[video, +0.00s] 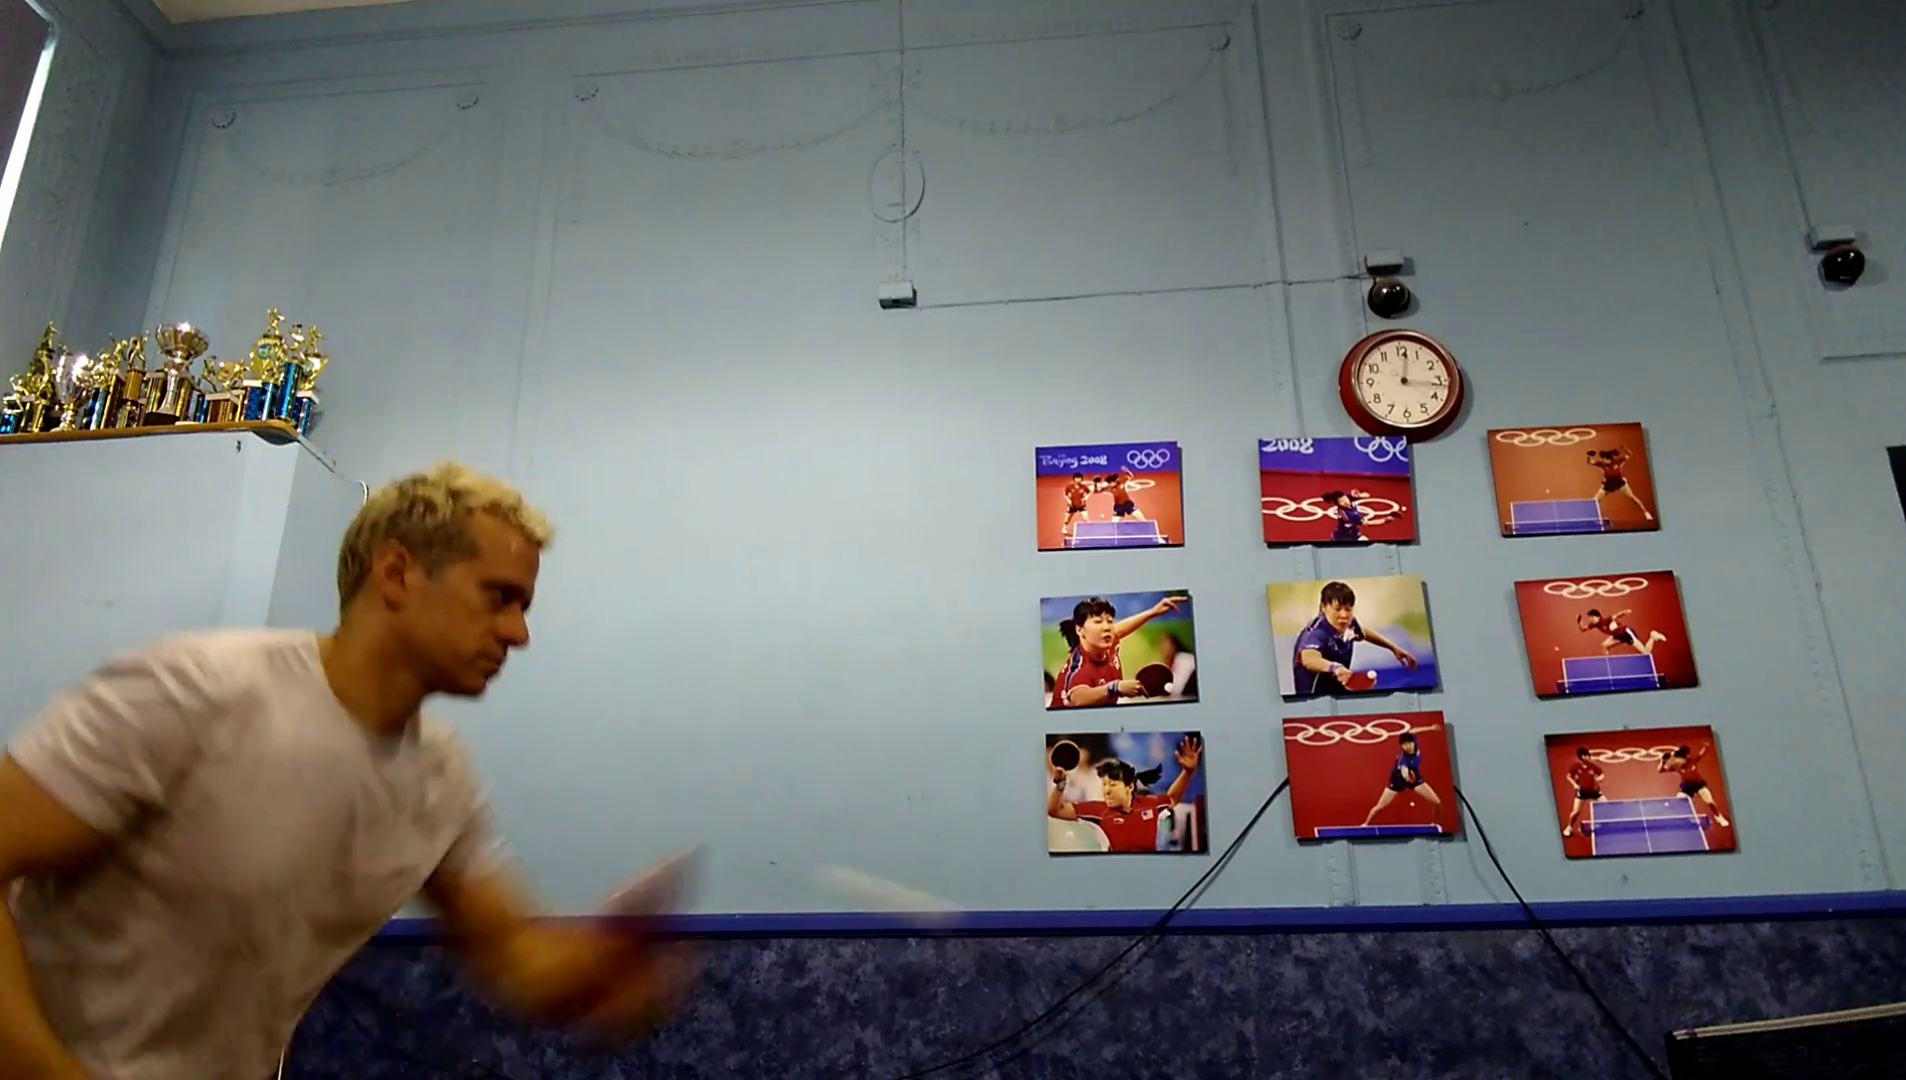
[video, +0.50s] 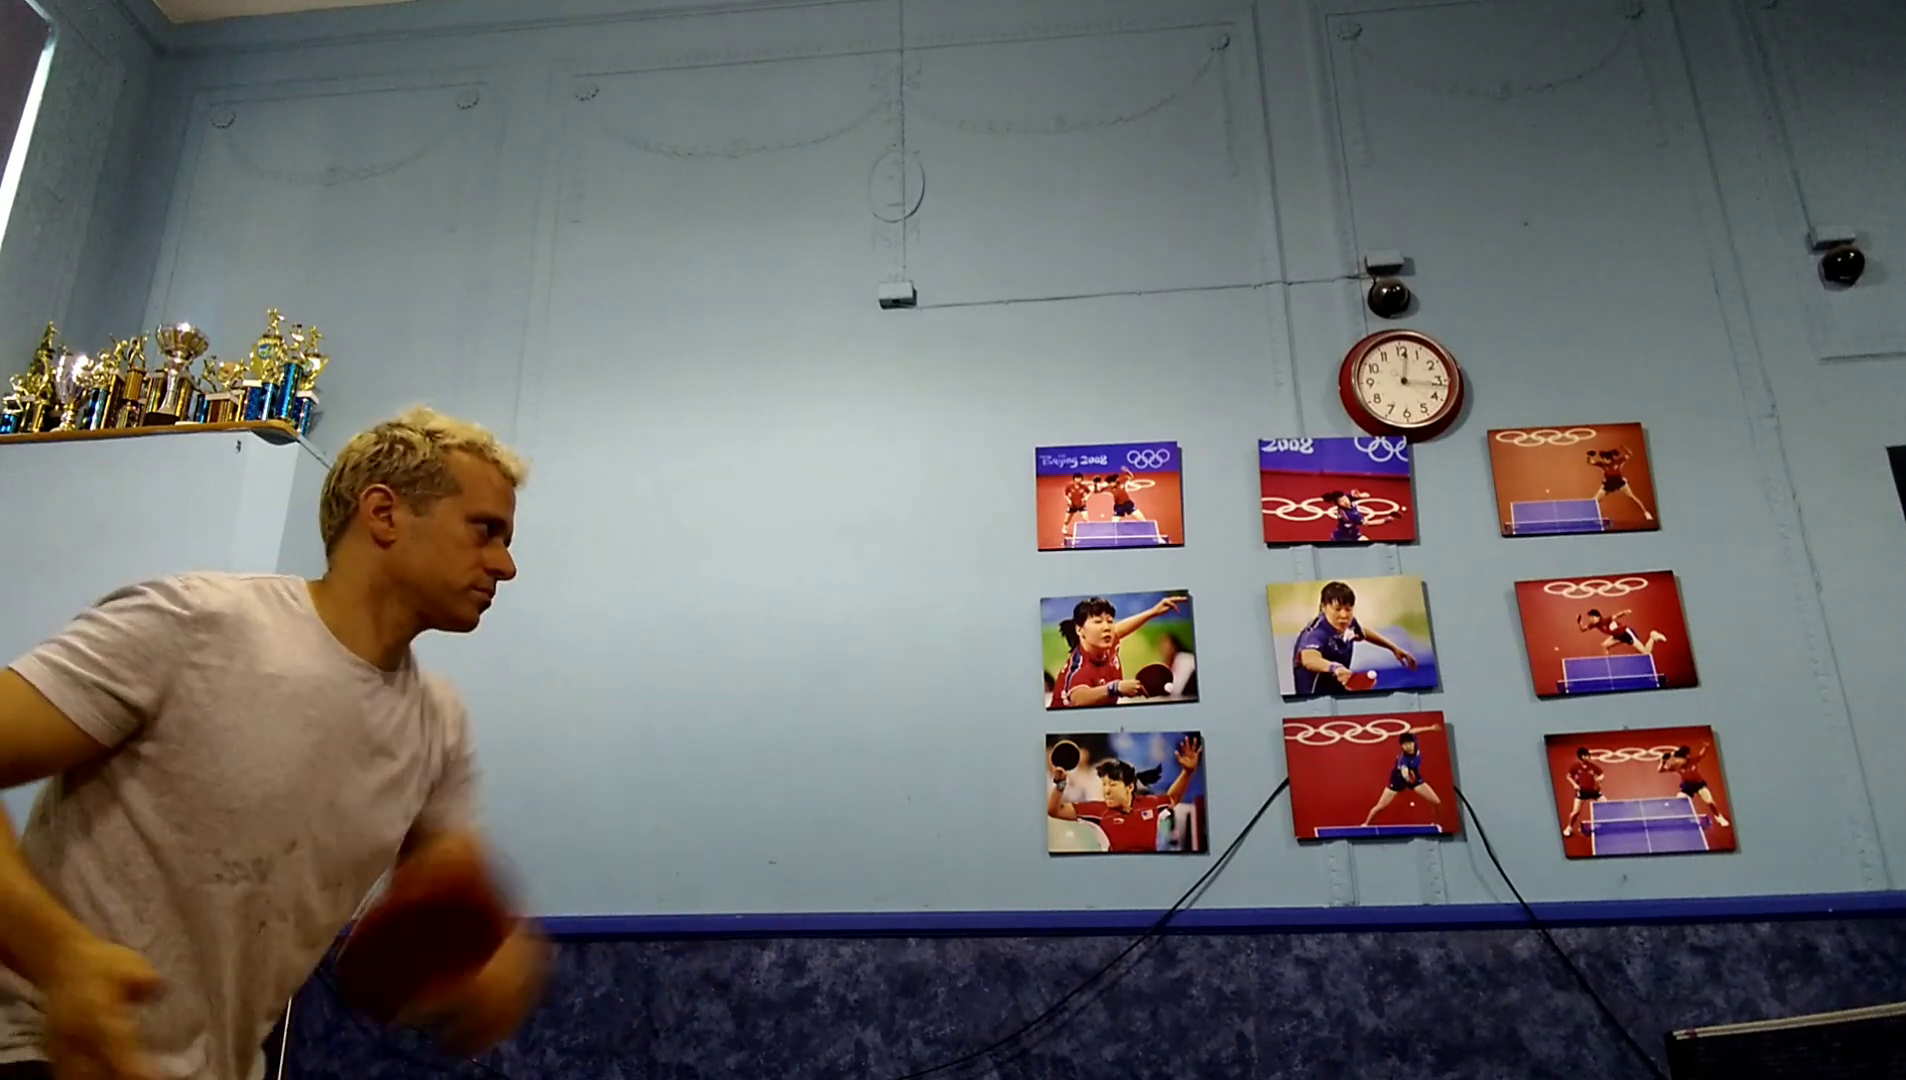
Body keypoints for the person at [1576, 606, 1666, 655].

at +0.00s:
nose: (1591, 620)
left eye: (1592, 618)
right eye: (1590, 619)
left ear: (1597, 617)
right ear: (1592, 619)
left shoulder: (1607, 620)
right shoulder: (1594, 625)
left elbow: (1617, 615)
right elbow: (1583, 630)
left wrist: (1626, 612)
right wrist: (1579, 623)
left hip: (1627, 633)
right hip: (1617, 636)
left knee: (1645, 652)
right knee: (1604, 645)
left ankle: (1653, 636)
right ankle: (1608, 667)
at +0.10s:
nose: (1590, 620)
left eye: (1591, 618)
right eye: (1590, 618)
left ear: (1597, 617)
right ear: (1593, 618)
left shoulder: (1607, 620)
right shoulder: (1594, 624)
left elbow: (1617, 615)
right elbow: (1583, 630)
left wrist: (1626, 612)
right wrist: (1579, 623)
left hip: (1627, 634)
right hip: (1618, 636)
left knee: (1645, 652)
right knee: (1604, 645)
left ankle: (1653, 636)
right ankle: (1608, 667)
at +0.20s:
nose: (1591, 620)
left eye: (1591, 618)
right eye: (1590, 619)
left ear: (1597, 617)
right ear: (1593, 618)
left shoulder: (1607, 620)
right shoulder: (1595, 625)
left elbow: (1617, 615)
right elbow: (1583, 630)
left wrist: (1625, 612)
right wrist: (1579, 623)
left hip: (1627, 634)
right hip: (1618, 637)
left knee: (1646, 652)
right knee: (1604, 645)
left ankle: (1653, 636)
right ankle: (1608, 667)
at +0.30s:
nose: (1591, 620)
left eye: (1591, 618)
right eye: (1590, 619)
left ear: (1597, 617)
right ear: (1593, 618)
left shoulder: (1607, 620)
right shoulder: (1595, 625)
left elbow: (1617, 615)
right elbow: (1584, 630)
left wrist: (1625, 612)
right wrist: (1579, 623)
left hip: (1627, 634)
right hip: (1618, 637)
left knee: (1646, 652)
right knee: (1604, 645)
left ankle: (1653, 636)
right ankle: (1608, 667)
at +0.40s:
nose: (1591, 620)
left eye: (1591, 618)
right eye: (1590, 619)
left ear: (1597, 617)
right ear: (1593, 618)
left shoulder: (1607, 620)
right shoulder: (1595, 625)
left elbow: (1617, 615)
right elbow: (1584, 630)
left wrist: (1625, 612)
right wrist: (1579, 623)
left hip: (1627, 634)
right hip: (1618, 637)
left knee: (1646, 652)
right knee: (1604, 645)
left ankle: (1653, 636)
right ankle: (1608, 667)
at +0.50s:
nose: (1591, 620)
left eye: (1591, 618)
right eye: (1590, 619)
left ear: (1597, 617)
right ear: (1593, 618)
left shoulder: (1607, 620)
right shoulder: (1594, 624)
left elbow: (1617, 615)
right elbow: (1583, 630)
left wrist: (1626, 612)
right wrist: (1579, 623)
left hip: (1627, 634)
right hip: (1617, 636)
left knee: (1646, 652)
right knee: (1604, 645)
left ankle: (1653, 636)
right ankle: (1608, 667)